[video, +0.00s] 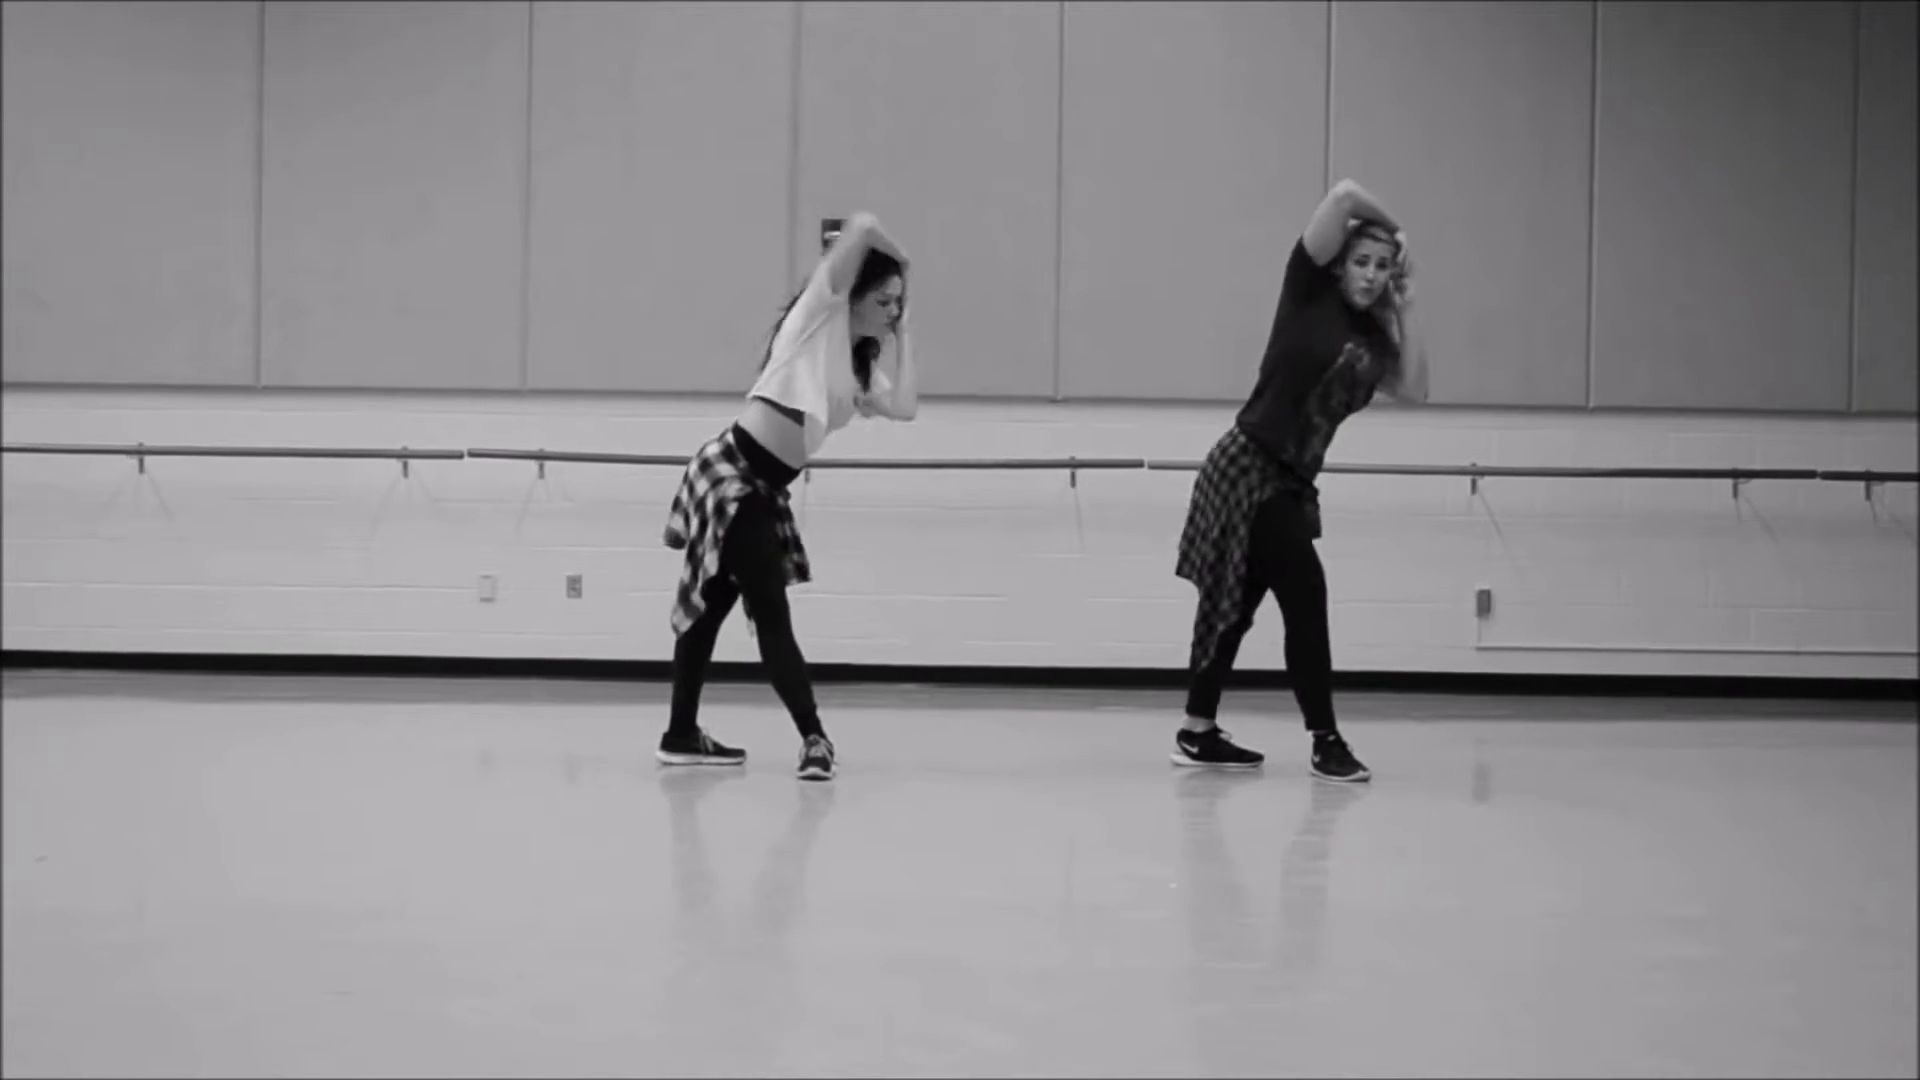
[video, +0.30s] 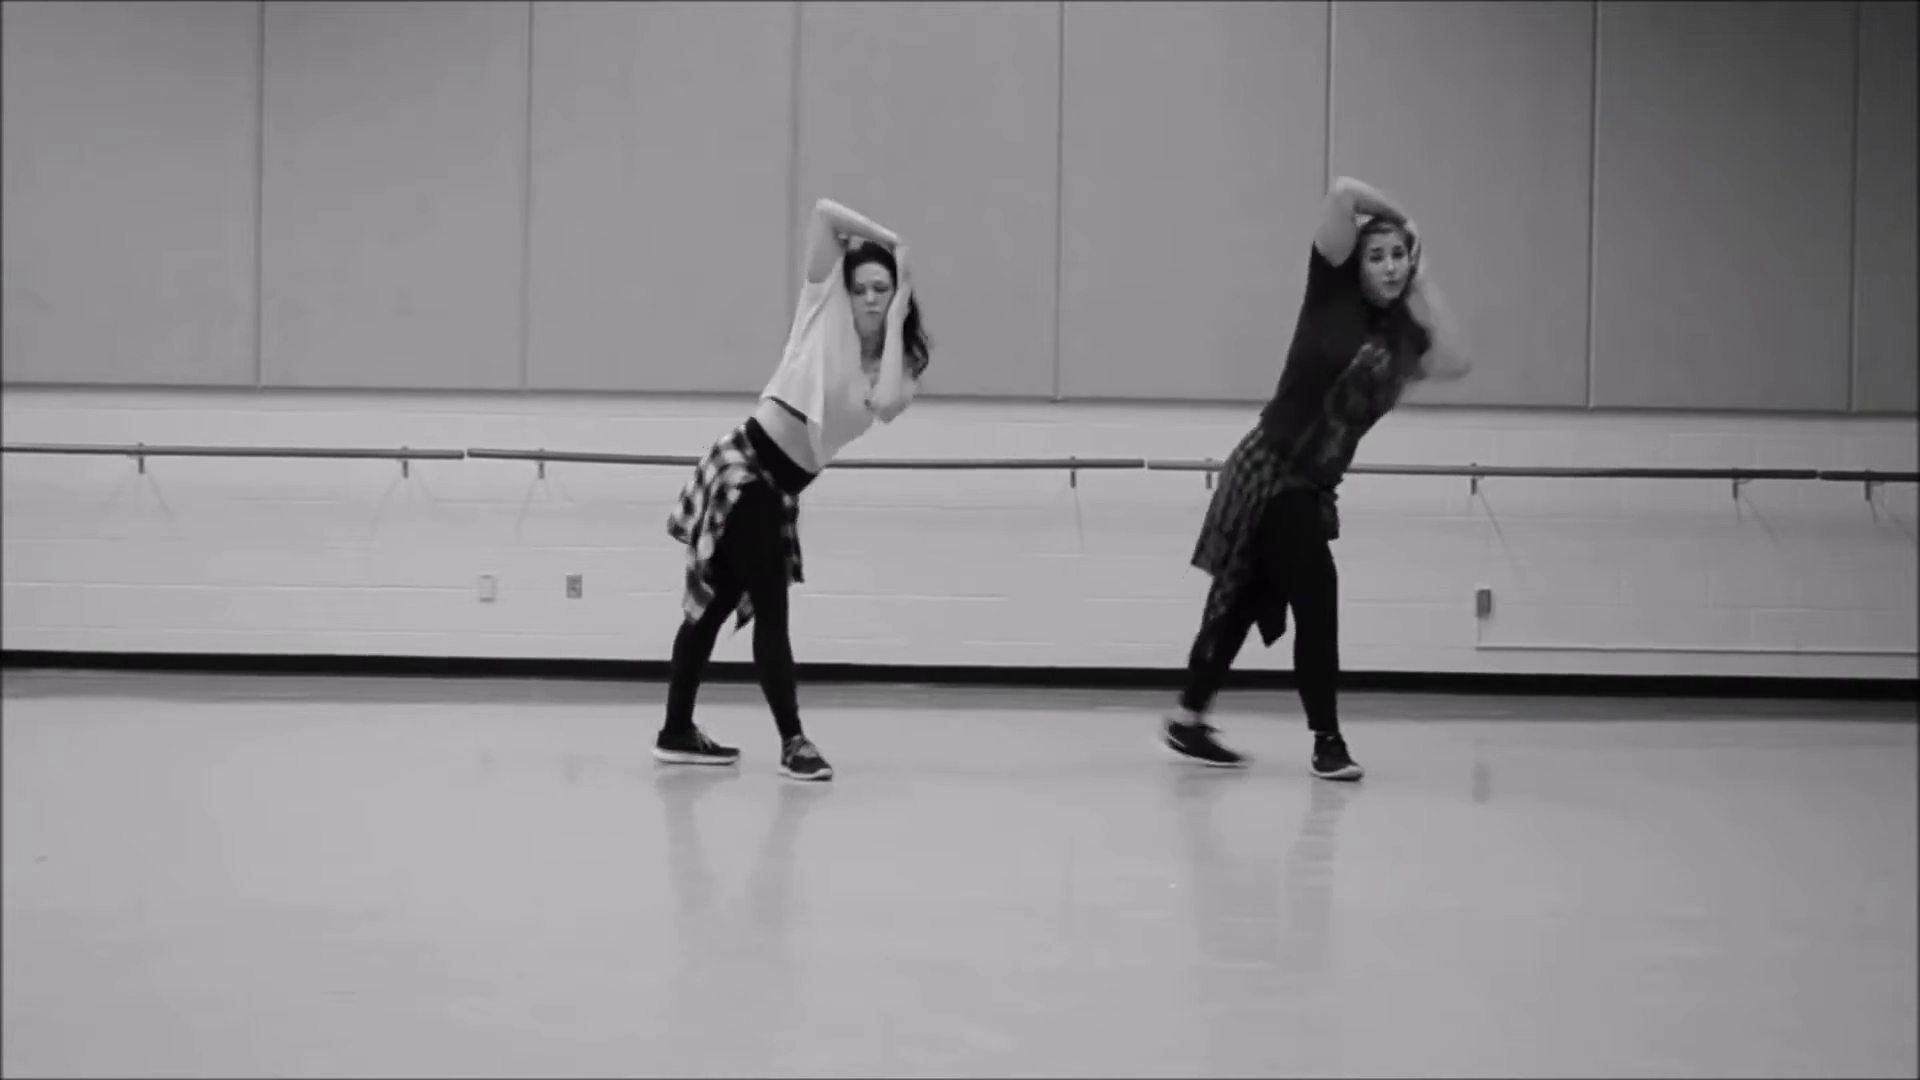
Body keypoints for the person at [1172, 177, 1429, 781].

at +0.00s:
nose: (1372, 274)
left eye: (1382, 267)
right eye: (1363, 262)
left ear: (1391, 276)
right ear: (1342, 260)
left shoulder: (1375, 337)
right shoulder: (1310, 286)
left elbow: (1413, 392)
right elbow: (1345, 191)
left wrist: (1403, 310)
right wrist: (1394, 229)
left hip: (1288, 483)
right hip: (1251, 470)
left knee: (1233, 601)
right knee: (1307, 598)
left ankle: (1197, 727)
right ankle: (1326, 742)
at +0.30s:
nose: (1389, 266)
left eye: (1397, 256)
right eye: (1378, 256)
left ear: (1409, 266)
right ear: (1360, 262)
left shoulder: (1404, 336)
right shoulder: (1333, 291)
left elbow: (1454, 362)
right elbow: (1343, 191)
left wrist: (1420, 284)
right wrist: (1400, 218)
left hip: (1310, 485)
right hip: (1273, 472)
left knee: (1244, 600)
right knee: (1318, 598)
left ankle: (1186, 718)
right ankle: (1327, 742)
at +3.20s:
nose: (1457, 265)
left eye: (1473, 267)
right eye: (1464, 258)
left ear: (1488, 297)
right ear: (1452, 279)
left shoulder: (1503, 350)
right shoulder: (1435, 338)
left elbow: (1546, 410)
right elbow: (1426, 403)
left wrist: (1517, 438)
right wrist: (1382, 362)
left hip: (1513, 517)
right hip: (1443, 519)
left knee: (1549, 636)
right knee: (1357, 601)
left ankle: (1599, 749)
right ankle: (1325, 737)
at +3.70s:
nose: (1337, 267)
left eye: (1351, 263)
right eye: (1341, 258)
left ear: (1381, 283)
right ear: (1350, 271)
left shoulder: (1400, 339)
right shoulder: (1326, 332)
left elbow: (1442, 379)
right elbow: (1312, 393)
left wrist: (1480, 398)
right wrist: (1253, 376)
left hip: (1393, 500)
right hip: (1328, 500)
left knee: (1360, 623)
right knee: (1251, 601)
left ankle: (1364, 747)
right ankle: (1212, 738)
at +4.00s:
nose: (1357, 274)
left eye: (1372, 273)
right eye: (1362, 265)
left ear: (1397, 295)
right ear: (1359, 274)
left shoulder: (1403, 348)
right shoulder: (1327, 326)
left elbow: (1407, 400)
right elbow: (1264, 386)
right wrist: (1188, 381)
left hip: (1351, 502)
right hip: (1286, 495)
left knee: (1330, 626)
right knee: (1204, 595)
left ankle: (1361, 746)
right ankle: (1206, 735)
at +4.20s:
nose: (1296, 259)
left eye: (1307, 249)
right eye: (1291, 249)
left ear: (1337, 252)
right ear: (1288, 255)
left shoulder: (1350, 316)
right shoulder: (1290, 314)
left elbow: (1311, 401)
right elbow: (1248, 378)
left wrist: (1223, 408)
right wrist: (1175, 382)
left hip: (1350, 487)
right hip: (1289, 484)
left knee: (1339, 615)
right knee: (1232, 598)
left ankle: (1362, 742)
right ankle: (1211, 735)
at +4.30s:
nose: (1271, 255)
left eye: (1282, 244)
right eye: (1262, 246)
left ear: (1306, 247)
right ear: (1254, 252)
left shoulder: (1329, 310)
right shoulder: (1260, 317)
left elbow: (1292, 394)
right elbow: (1230, 387)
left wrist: (1209, 403)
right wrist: (1162, 401)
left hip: (1347, 482)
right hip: (1287, 484)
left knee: (1342, 609)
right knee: (1241, 600)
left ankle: (1366, 743)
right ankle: (1213, 736)